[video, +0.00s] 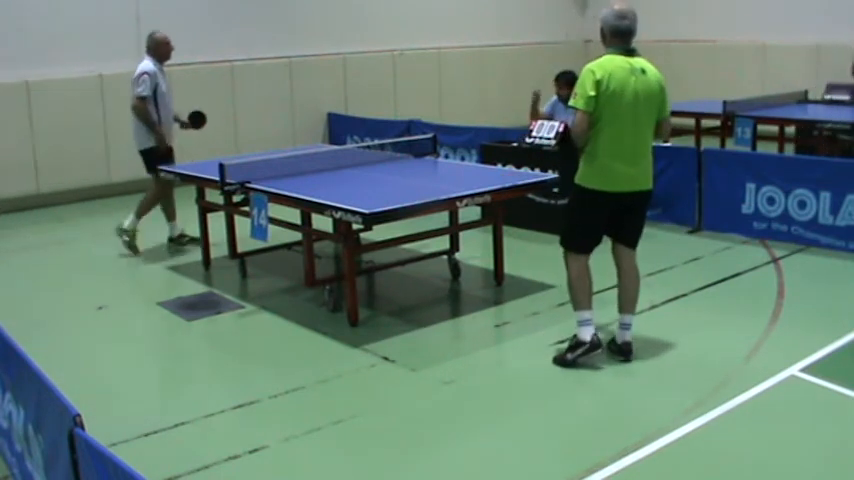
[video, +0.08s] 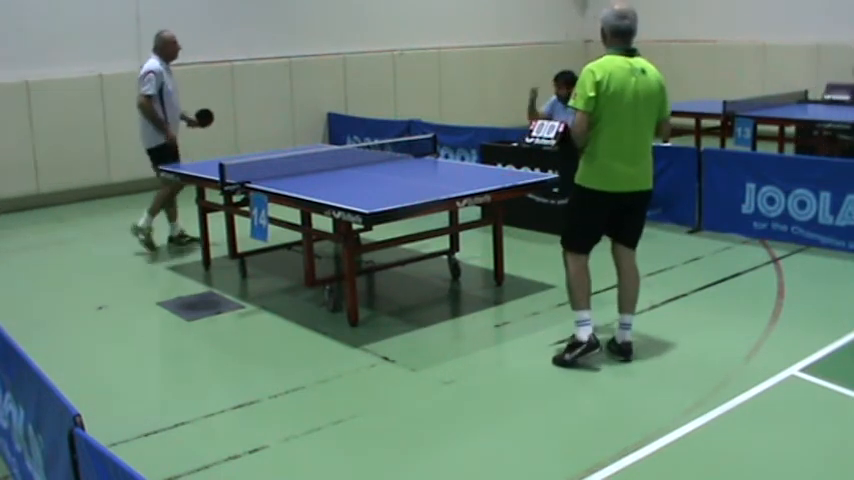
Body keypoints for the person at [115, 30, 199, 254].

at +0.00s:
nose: (171, 48)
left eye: (170, 44)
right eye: (166, 45)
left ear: (158, 48)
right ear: (155, 48)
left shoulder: (157, 70)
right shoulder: (146, 72)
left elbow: (162, 105)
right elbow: (139, 106)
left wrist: (180, 121)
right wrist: (159, 136)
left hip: (161, 140)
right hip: (150, 142)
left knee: (166, 186)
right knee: (163, 185)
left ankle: (175, 232)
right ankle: (129, 226)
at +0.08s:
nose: (178, 48)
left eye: (177, 44)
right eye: (174, 44)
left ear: (165, 48)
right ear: (162, 47)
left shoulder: (164, 69)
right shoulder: (152, 70)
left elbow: (169, 104)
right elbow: (144, 103)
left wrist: (188, 120)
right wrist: (166, 131)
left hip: (166, 137)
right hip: (156, 139)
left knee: (169, 184)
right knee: (174, 181)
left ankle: (175, 231)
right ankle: (144, 224)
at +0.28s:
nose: (193, 46)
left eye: (192, 42)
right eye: (189, 43)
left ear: (179, 46)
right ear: (177, 46)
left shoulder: (178, 68)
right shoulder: (170, 69)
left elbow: (180, 102)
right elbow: (162, 103)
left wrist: (199, 115)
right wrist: (183, 128)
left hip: (179, 135)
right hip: (174, 137)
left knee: (177, 182)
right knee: (194, 181)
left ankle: (175, 230)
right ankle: (199, 232)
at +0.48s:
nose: (210, 49)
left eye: (209, 44)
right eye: (206, 44)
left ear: (192, 47)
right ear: (195, 48)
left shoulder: (187, 67)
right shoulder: (190, 72)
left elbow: (190, 104)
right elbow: (183, 104)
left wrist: (208, 123)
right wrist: (205, 129)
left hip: (184, 138)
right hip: (193, 139)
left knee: (182, 184)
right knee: (207, 187)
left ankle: (177, 230)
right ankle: (224, 229)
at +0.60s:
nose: (221, 49)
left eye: (220, 45)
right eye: (218, 45)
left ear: (201, 47)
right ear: (209, 47)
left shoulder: (190, 66)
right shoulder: (203, 72)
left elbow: (193, 105)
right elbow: (200, 106)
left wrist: (219, 121)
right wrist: (221, 128)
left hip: (188, 139)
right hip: (203, 140)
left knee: (187, 183)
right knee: (218, 188)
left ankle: (179, 229)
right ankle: (227, 231)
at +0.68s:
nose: (230, 50)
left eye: (229, 45)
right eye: (227, 45)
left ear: (210, 46)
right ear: (217, 47)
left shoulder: (196, 63)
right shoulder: (211, 71)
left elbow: (199, 103)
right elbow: (211, 106)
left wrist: (223, 124)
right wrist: (234, 126)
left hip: (192, 136)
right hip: (207, 138)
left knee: (192, 183)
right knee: (219, 188)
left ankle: (179, 226)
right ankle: (227, 231)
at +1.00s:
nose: (252, 52)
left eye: (251, 48)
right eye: (249, 48)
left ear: (232, 47)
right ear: (237, 48)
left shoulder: (214, 62)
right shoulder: (231, 70)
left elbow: (212, 99)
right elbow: (242, 106)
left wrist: (230, 121)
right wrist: (273, 119)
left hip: (199, 133)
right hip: (217, 137)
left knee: (201, 183)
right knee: (224, 187)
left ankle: (187, 223)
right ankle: (227, 231)